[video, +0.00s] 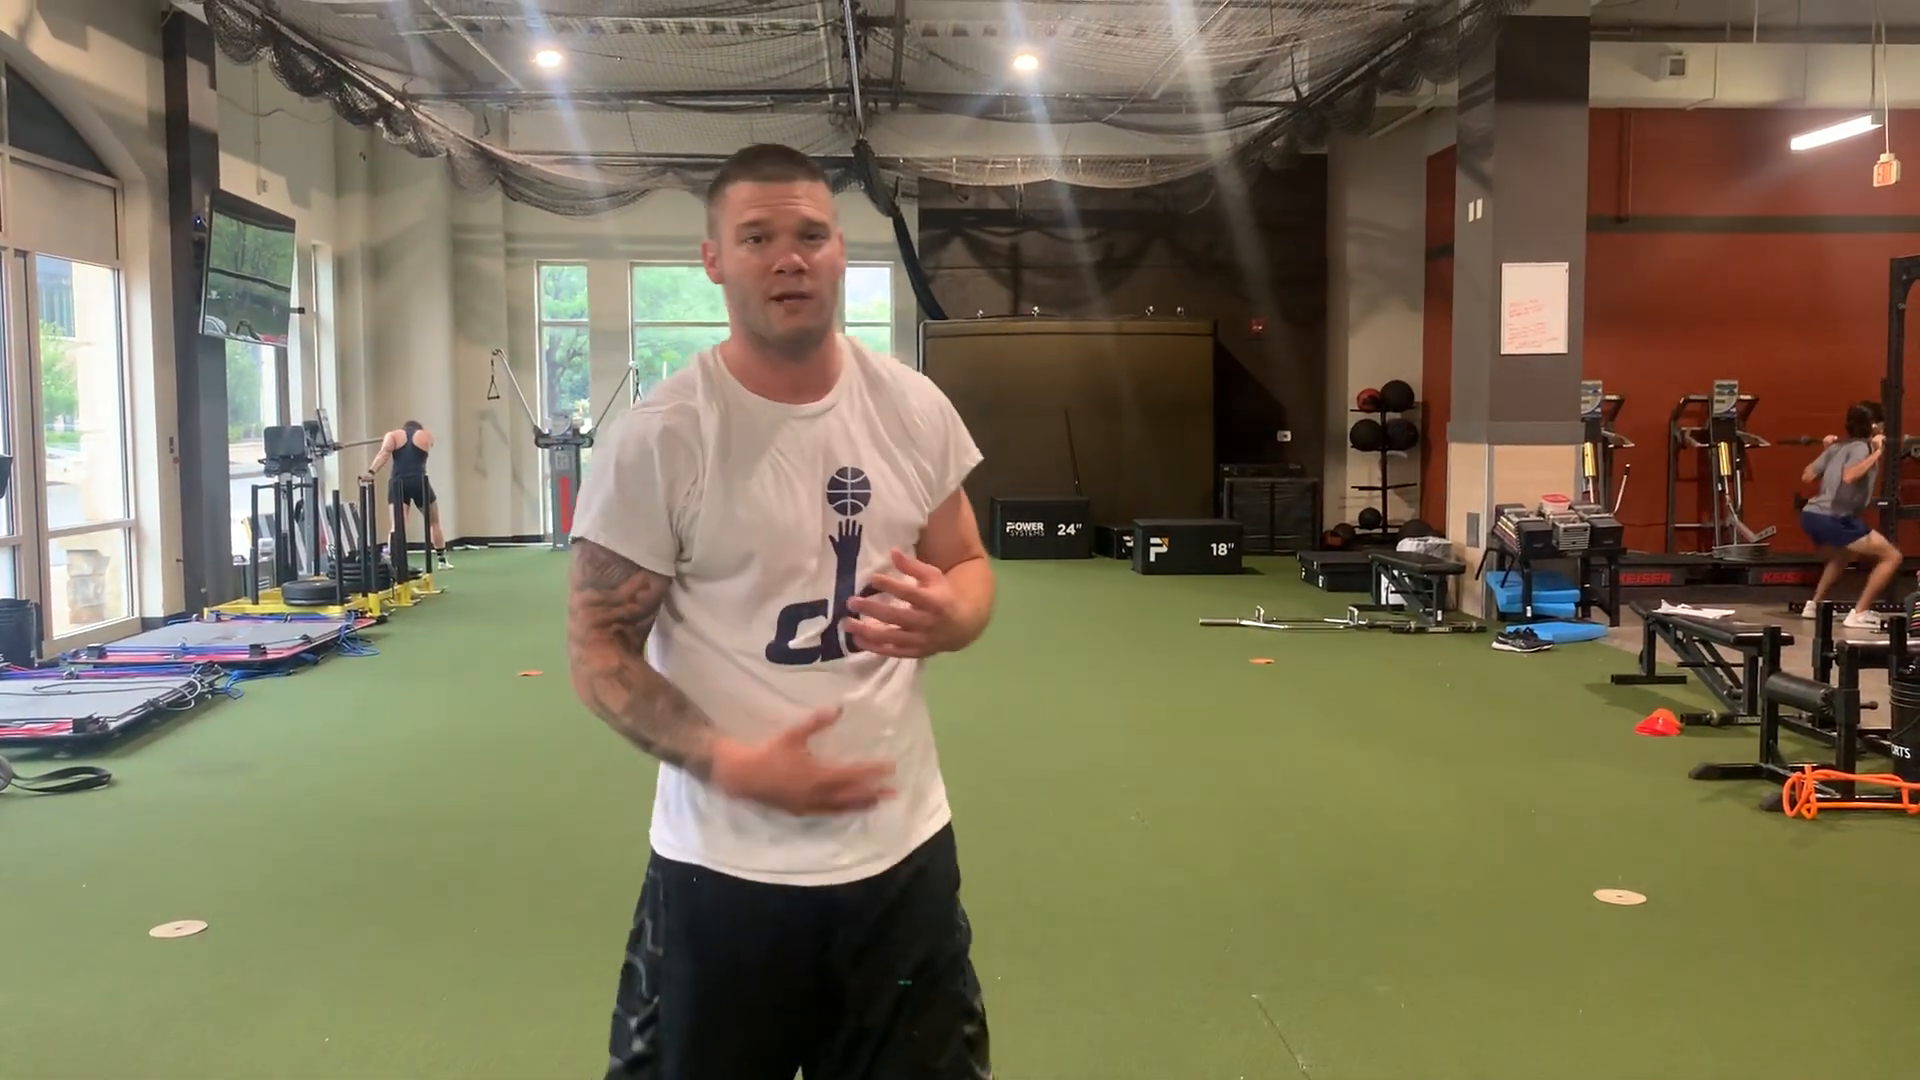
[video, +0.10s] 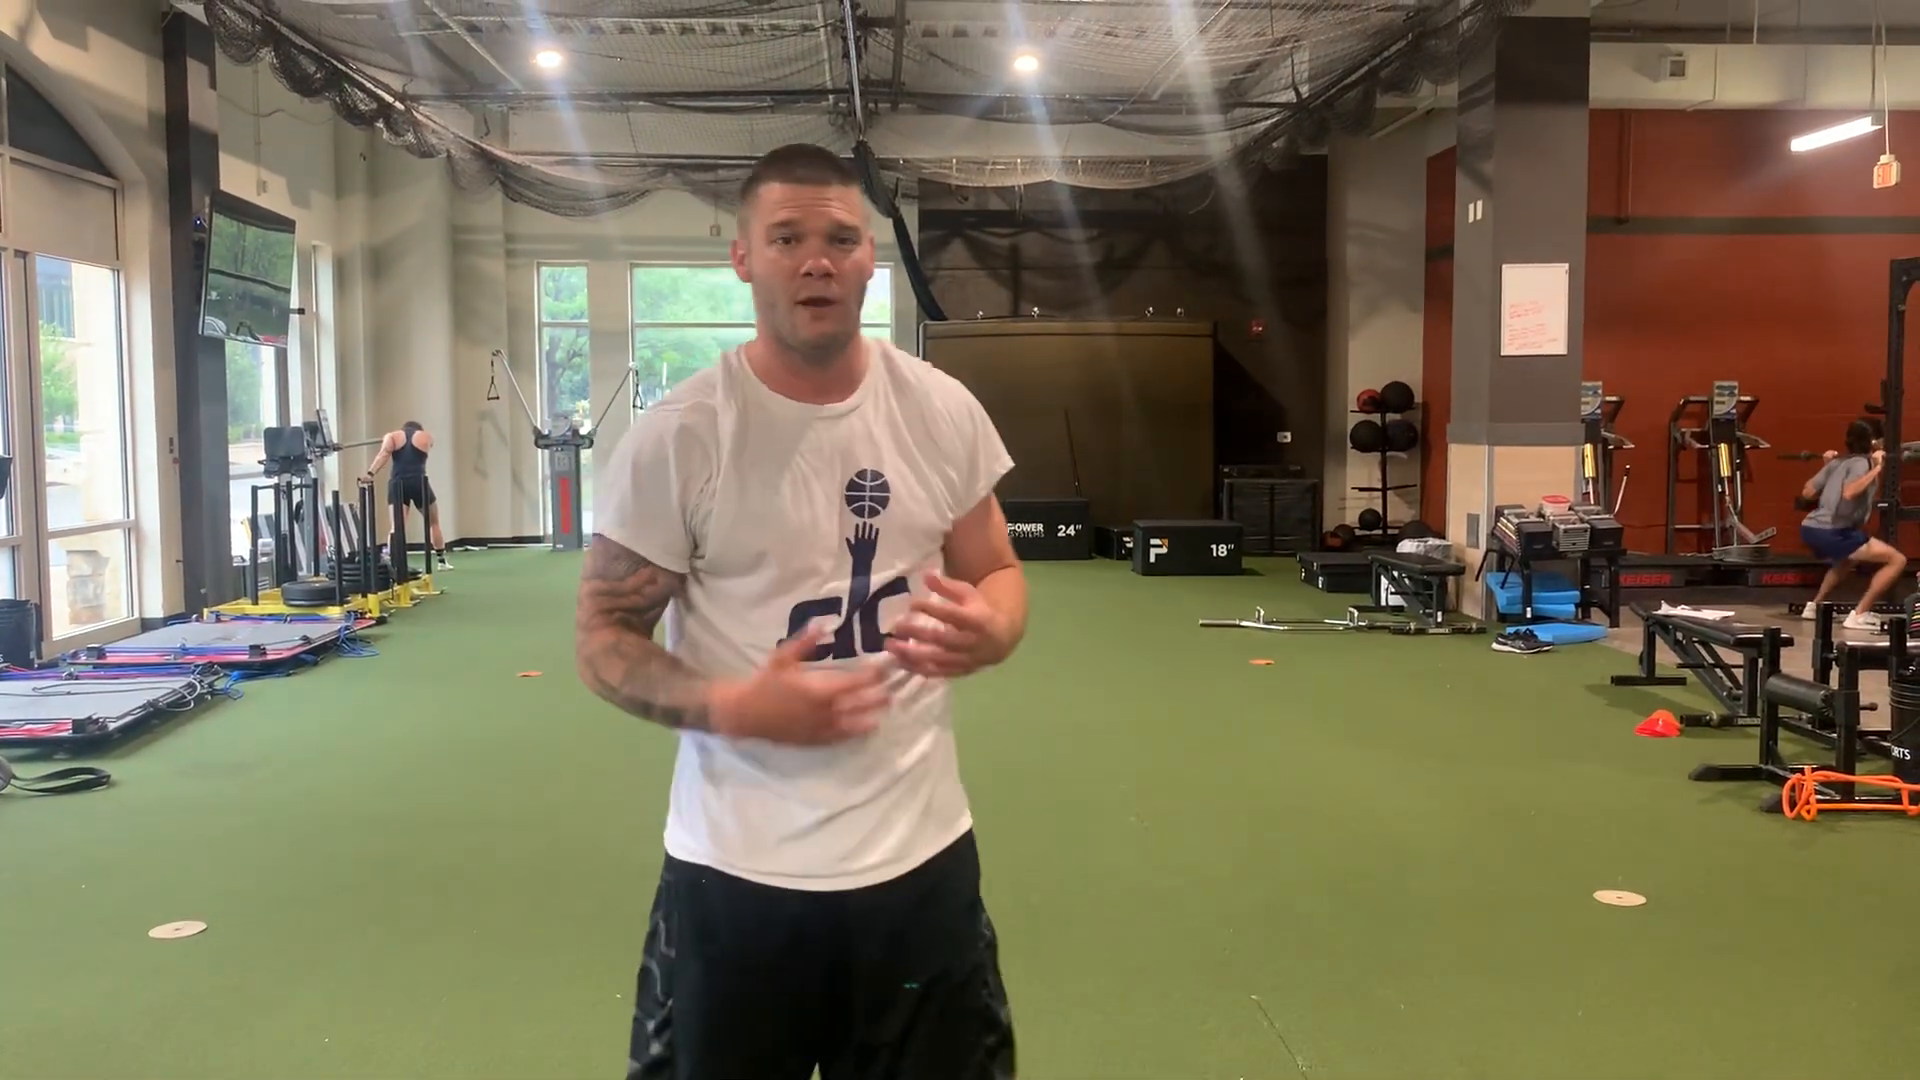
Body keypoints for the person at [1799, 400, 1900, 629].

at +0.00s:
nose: (1881, 429)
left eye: (1881, 425)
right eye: (1879, 424)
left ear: (1850, 425)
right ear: (1871, 427)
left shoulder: (1837, 448)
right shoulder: (1862, 448)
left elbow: (1807, 475)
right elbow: (1849, 476)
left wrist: (1825, 450)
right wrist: (1877, 453)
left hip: (1811, 515)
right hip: (1836, 520)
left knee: (1842, 555)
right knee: (1892, 557)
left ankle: (1814, 604)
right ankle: (1860, 613)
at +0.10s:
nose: (1880, 445)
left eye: (1880, 440)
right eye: (1878, 440)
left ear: (1850, 441)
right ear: (1871, 442)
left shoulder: (1836, 463)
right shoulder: (1861, 463)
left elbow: (1808, 492)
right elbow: (1848, 492)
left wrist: (1827, 465)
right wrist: (1877, 468)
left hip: (1811, 529)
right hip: (1833, 533)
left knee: (1846, 563)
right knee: (1897, 560)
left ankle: (1814, 605)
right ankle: (1860, 614)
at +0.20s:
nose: (1882, 456)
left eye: (1882, 451)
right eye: (1880, 451)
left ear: (1851, 453)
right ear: (1872, 455)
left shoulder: (1837, 474)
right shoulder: (1860, 475)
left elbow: (1807, 503)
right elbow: (1848, 505)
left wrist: (1826, 477)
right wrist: (1876, 480)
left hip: (1809, 540)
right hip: (1833, 544)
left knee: (1847, 563)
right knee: (1898, 563)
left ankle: (1814, 606)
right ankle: (1859, 616)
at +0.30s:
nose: (1883, 463)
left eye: (1882, 458)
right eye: (1881, 458)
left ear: (1851, 461)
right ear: (1872, 462)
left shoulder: (1836, 482)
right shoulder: (1860, 483)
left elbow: (1806, 510)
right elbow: (1848, 512)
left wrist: (1826, 483)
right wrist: (1877, 489)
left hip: (1808, 546)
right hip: (1833, 550)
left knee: (1851, 561)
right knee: (1899, 565)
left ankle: (1814, 607)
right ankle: (1859, 617)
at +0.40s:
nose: (1883, 464)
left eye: (1883, 459)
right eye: (1881, 459)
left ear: (1852, 461)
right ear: (1872, 463)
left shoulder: (1836, 482)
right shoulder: (1862, 483)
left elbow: (1806, 510)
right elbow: (1847, 513)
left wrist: (1826, 484)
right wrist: (1876, 489)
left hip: (1808, 547)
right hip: (1833, 551)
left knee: (1848, 564)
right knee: (1899, 566)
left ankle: (1814, 609)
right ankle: (1859, 618)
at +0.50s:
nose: (1881, 458)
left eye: (1881, 453)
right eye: (1880, 453)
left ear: (1850, 455)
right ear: (1872, 457)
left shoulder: (1836, 476)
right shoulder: (1862, 477)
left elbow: (1806, 504)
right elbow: (1848, 507)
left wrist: (1825, 478)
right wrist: (1877, 482)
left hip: (1808, 541)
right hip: (1831, 545)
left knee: (1847, 564)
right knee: (1898, 566)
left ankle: (1814, 609)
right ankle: (1860, 619)